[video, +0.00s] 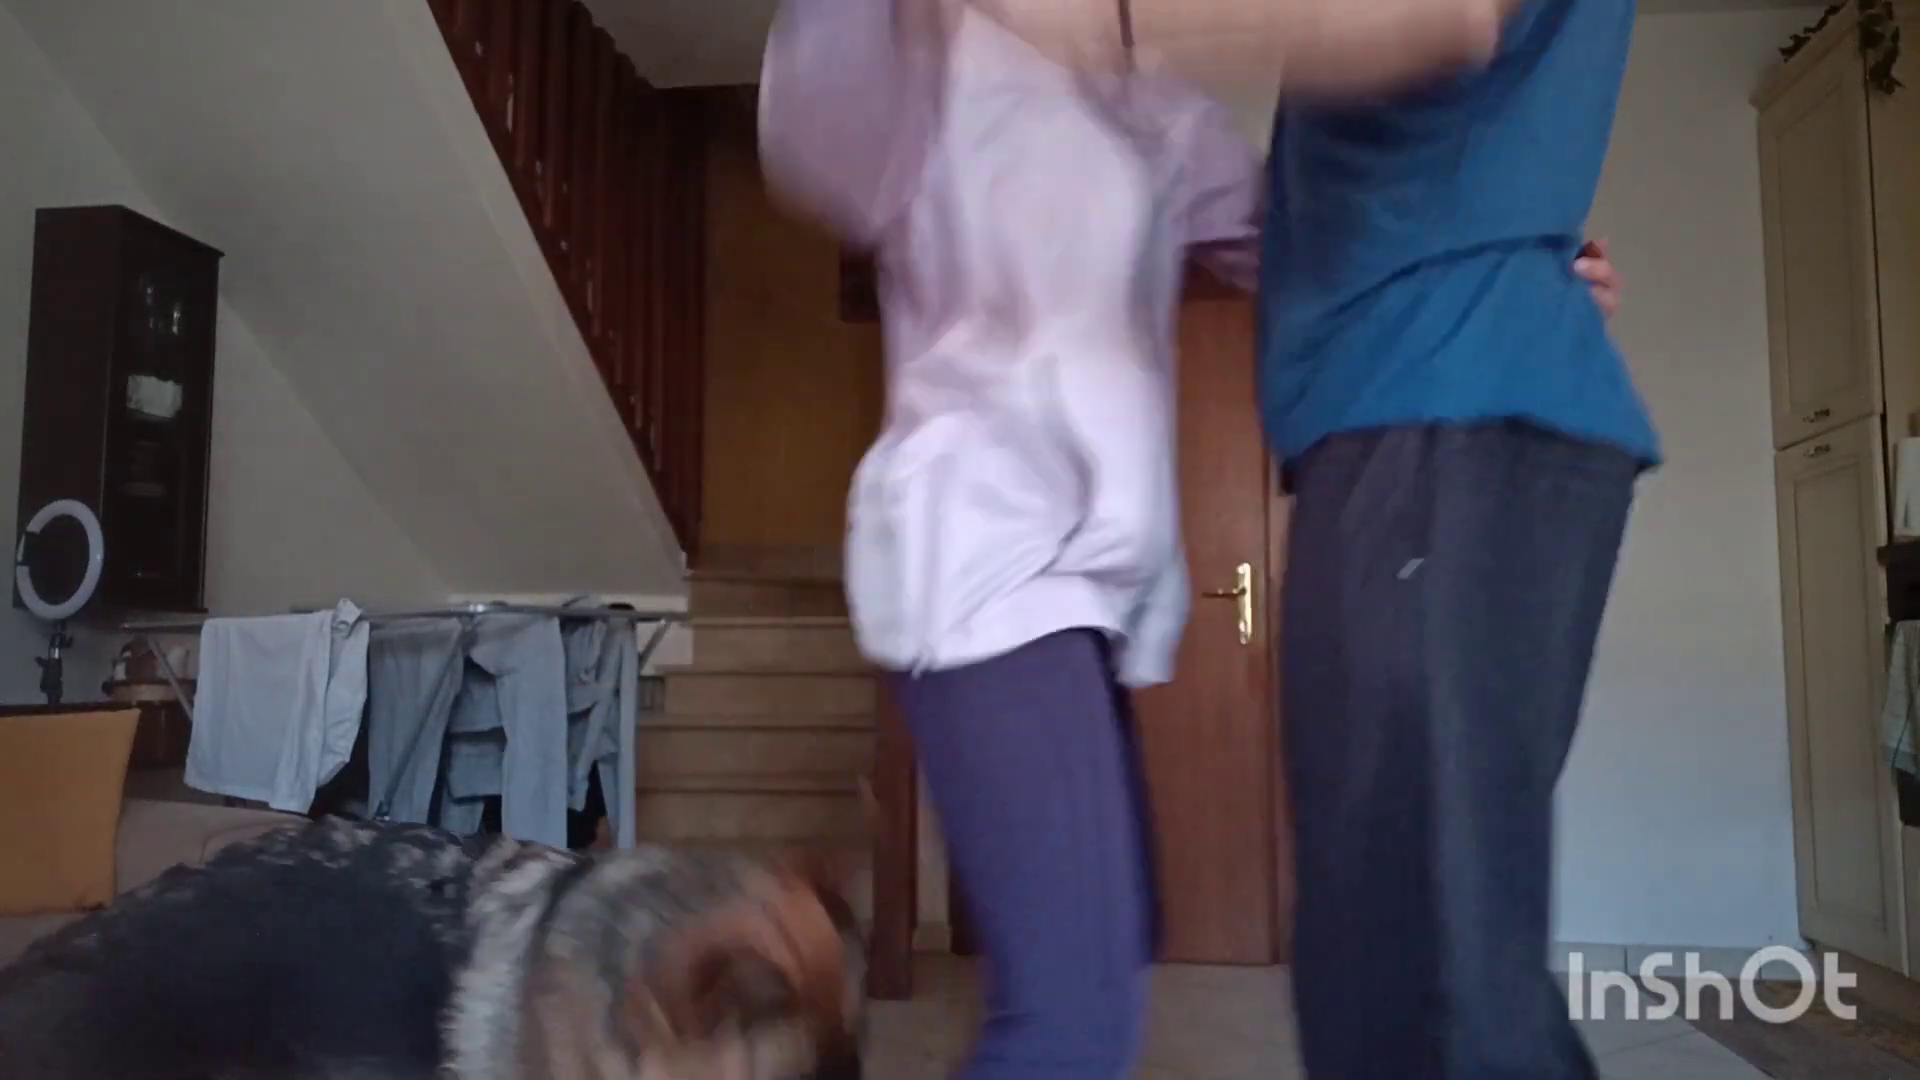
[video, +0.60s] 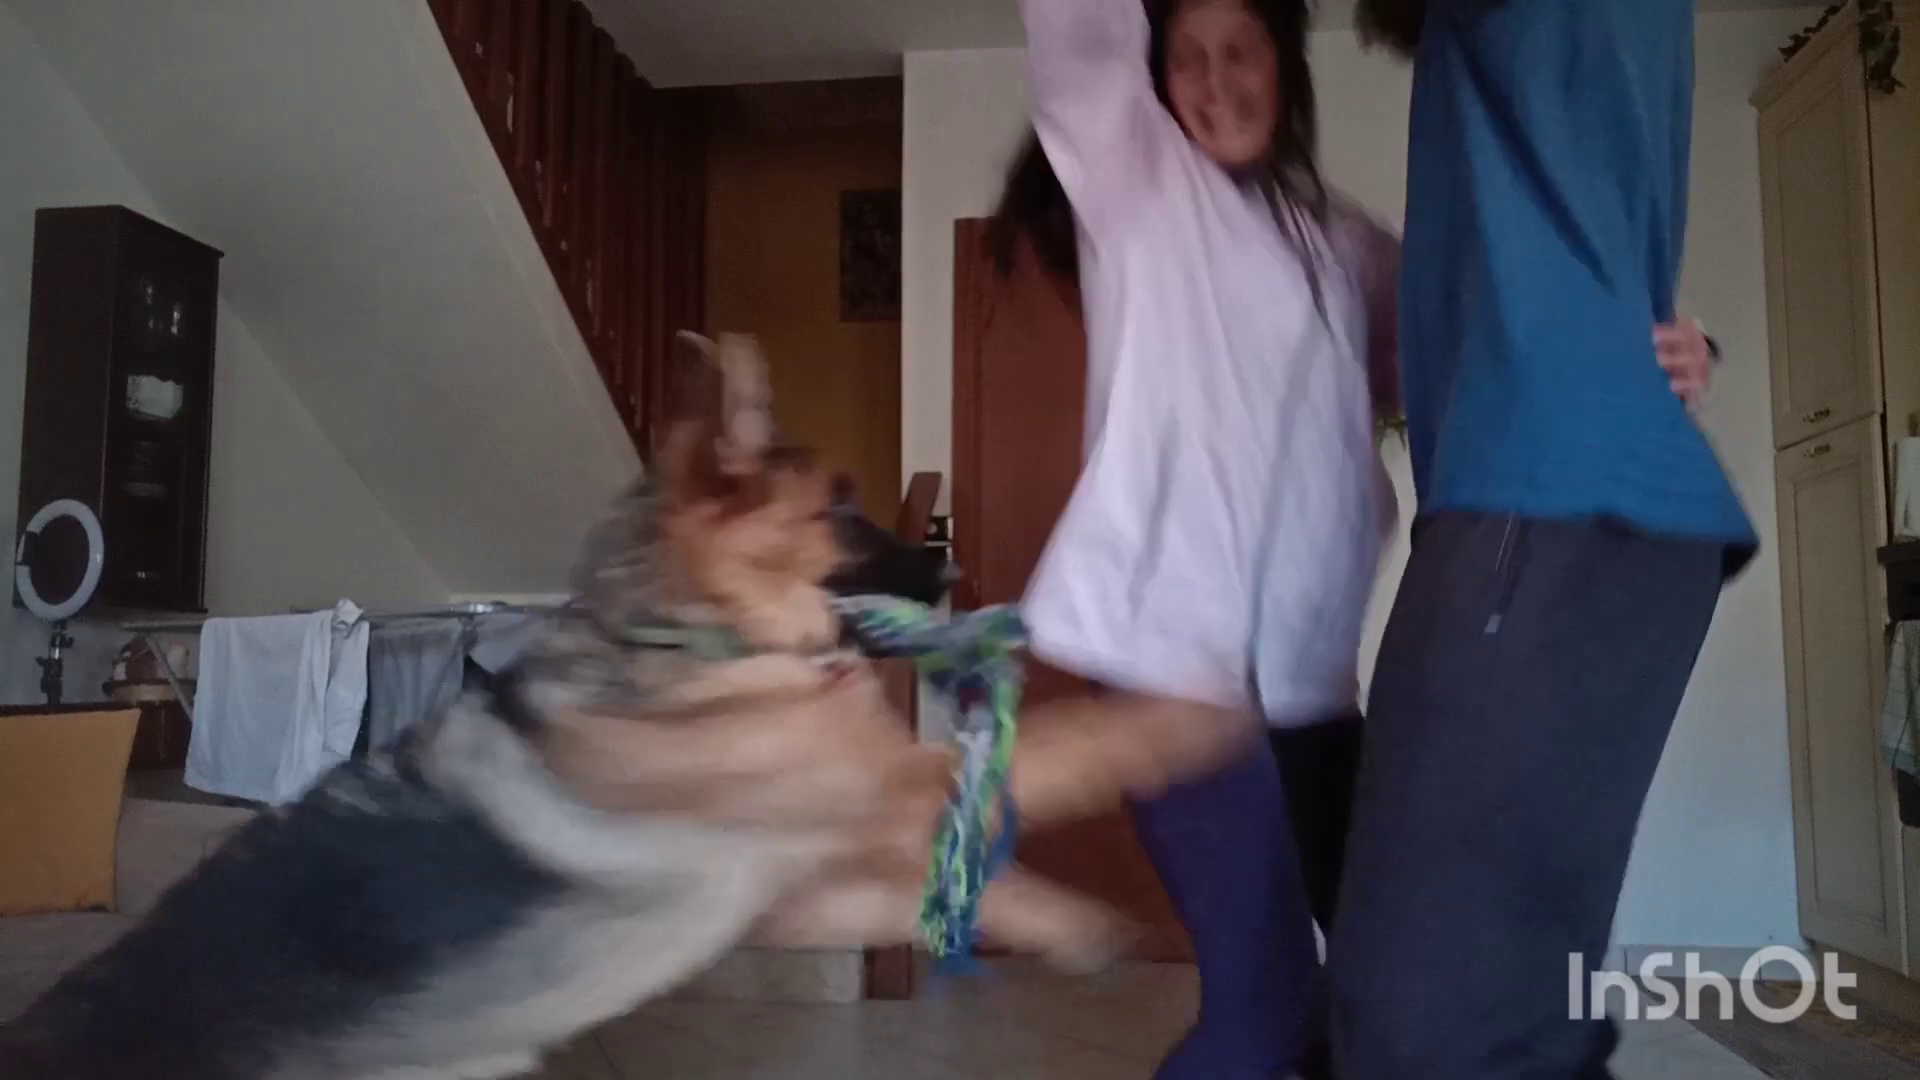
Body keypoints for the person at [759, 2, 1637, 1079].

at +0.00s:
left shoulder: (1151, 96)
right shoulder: (925, 43)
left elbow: (1308, 253)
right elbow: (826, 178)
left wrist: (1527, 269)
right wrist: (876, 2)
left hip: (1091, 568)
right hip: (974, 551)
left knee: (1104, 966)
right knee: (1070, 1006)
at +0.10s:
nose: (1123, 4)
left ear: (1158, 14)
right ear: (1035, 1)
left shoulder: (1205, 181)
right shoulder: (986, 98)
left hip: (1116, 673)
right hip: (1008, 670)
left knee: (1203, 961)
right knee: (1155, 1053)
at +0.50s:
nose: (1196, 40)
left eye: (1222, 13)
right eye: (1166, 15)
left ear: (1262, 29)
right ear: (1130, 30)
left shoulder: (1331, 194)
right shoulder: (1108, 129)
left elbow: (1465, 312)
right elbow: (1050, 13)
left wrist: (1632, 327)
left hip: (1292, 631)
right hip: (1152, 610)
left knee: (1316, 966)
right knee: (1257, 968)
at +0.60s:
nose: (1220, 80)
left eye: (1242, 50)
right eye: (1189, 56)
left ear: (1289, 66)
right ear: (1156, 80)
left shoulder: (1355, 243)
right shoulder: (1137, 183)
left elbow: (1476, 367)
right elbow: (1073, 25)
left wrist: (1635, 365)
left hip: (1311, 664)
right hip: (1169, 660)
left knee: (1353, 983)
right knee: (1263, 1005)